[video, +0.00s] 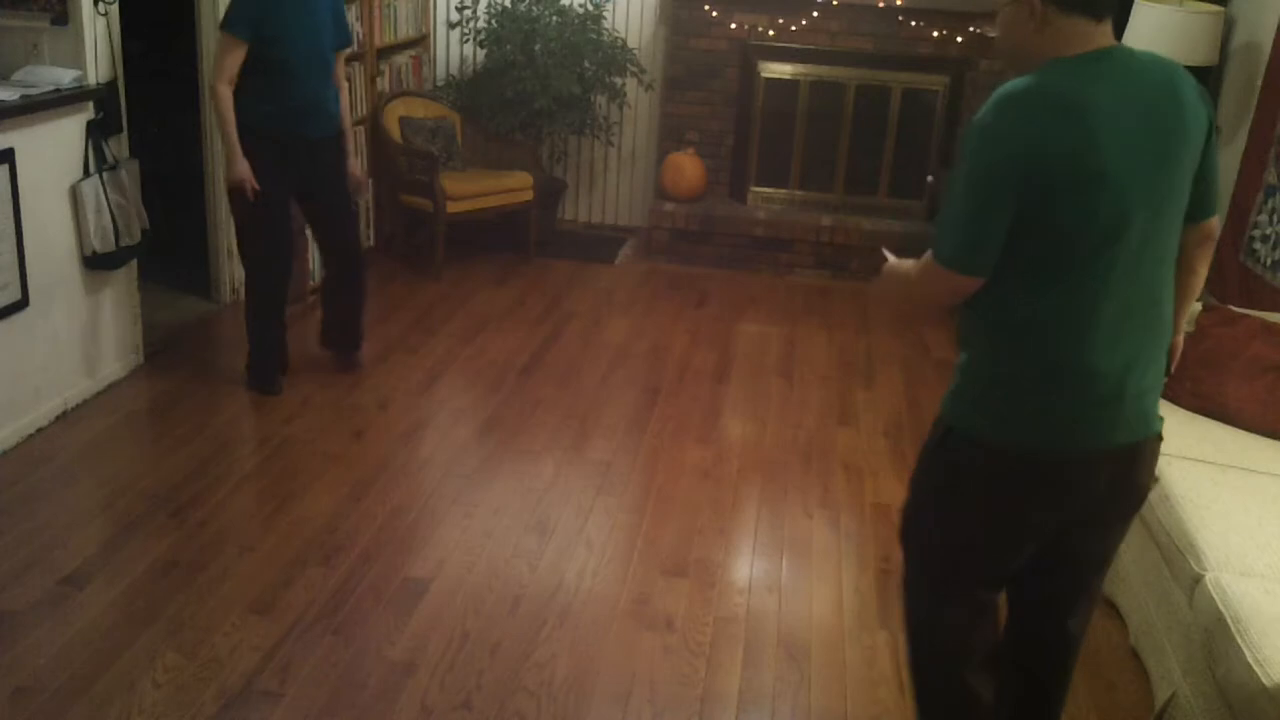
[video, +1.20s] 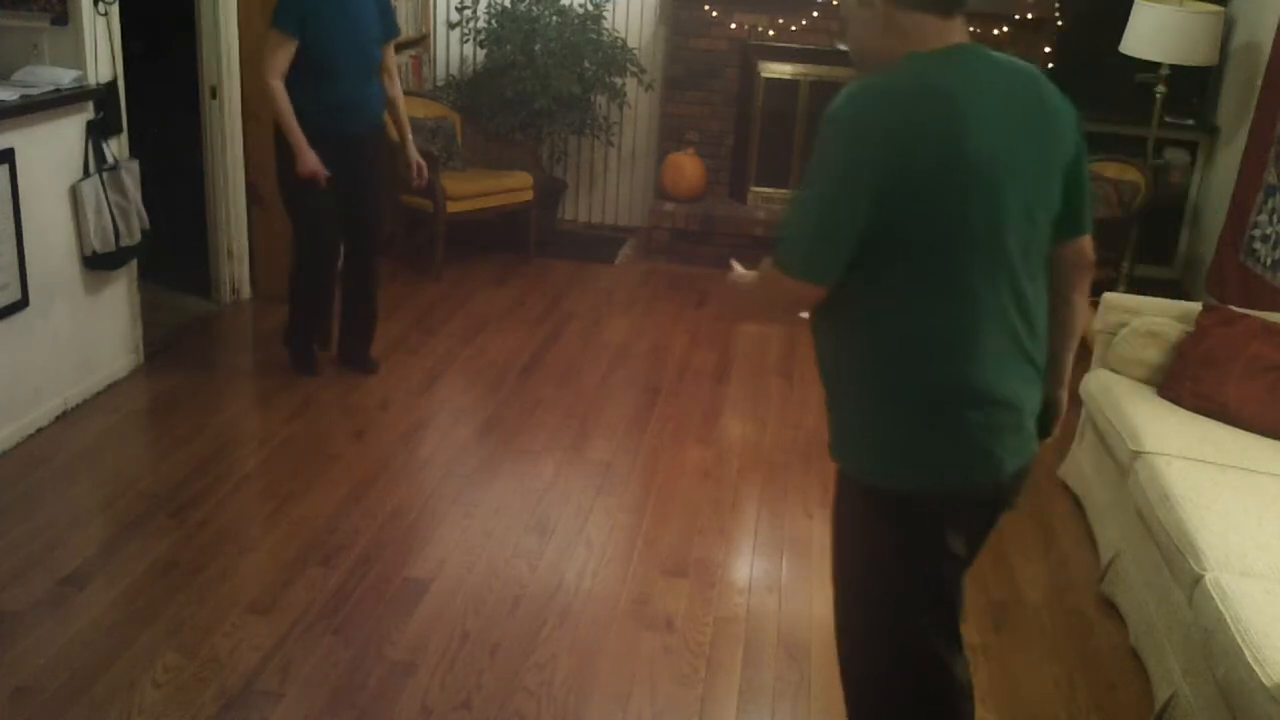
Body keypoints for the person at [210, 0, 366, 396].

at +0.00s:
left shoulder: (331, 8)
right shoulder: (250, 8)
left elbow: (339, 81)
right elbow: (222, 82)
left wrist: (349, 151)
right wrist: (235, 157)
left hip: (321, 147)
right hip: (261, 151)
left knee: (346, 250)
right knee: (268, 262)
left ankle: (343, 341)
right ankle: (265, 370)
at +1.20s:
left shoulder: (379, 6)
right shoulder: (300, 7)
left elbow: (389, 74)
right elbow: (272, 76)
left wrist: (408, 144)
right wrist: (302, 150)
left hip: (365, 139)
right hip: (309, 142)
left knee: (365, 244)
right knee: (316, 245)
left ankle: (356, 347)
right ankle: (304, 343)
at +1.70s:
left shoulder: (422, 7)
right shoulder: (347, 9)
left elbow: (429, 78)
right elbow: (324, 85)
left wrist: (435, 146)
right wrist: (337, 164)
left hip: (411, 144)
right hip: (365, 144)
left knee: (407, 254)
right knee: (369, 253)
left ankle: (398, 361)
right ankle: (325, 337)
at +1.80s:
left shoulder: (436, 8)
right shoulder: (357, 9)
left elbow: (449, 81)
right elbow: (332, 86)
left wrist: (468, 152)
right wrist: (336, 166)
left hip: (420, 145)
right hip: (371, 145)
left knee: (416, 250)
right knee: (397, 251)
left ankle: (399, 359)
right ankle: (372, 356)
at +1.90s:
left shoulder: (451, 10)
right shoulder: (373, 10)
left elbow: (469, 87)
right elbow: (339, 90)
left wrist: (493, 158)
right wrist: (335, 166)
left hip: (431, 148)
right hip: (379, 149)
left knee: (419, 260)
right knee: (413, 262)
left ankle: (395, 360)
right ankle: (421, 385)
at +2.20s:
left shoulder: (501, 19)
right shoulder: (421, 18)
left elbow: (517, 92)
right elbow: (383, 101)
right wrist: (372, 175)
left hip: (478, 163)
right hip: (422, 163)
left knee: (452, 267)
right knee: (456, 275)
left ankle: (406, 349)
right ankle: (482, 404)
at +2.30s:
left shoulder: (521, 18)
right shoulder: (441, 17)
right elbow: (399, 110)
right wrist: (394, 189)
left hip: (505, 168)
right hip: (446, 172)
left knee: (496, 272)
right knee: (471, 288)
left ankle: (430, 339)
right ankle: (482, 413)